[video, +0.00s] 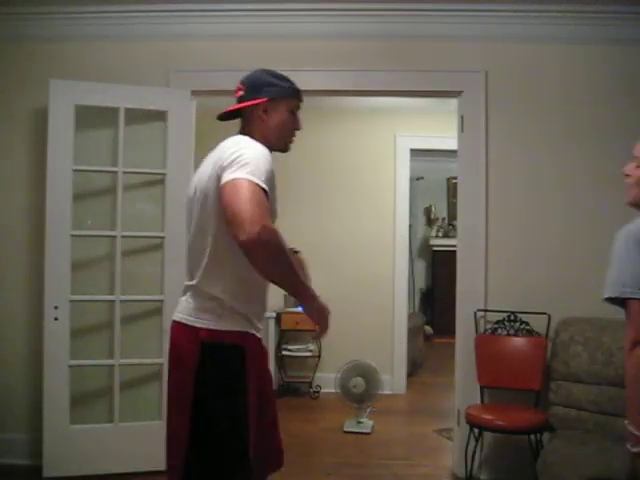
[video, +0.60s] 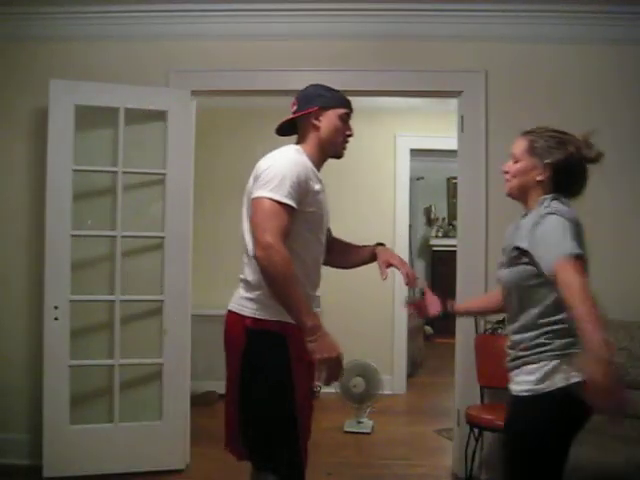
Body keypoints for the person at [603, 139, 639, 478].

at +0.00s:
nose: (627, 169)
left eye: (635, 161)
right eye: (631, 161)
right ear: (630, 172)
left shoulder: (632, 236)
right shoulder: (630, 236)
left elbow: (634, 342)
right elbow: (634, 343)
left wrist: (634, 433)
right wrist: (634, 433)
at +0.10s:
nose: (602, 166)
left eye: (614, 159)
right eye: (607, 157)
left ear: (636, 171)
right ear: (631, 171)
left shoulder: (620, 229)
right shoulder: (623, 228)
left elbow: (633, 326)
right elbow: (631, 323)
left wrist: (632, 406)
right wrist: (630, 403)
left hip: (632, 415)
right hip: (631, 413)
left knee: (618, 472)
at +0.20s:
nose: (579, 162)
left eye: (591, 155)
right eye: (585, 154)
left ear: (618, 172)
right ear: (615, 173)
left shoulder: (610, 222)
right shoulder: (624, 215)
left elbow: (634, 308)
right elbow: (626, 312)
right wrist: (609, 391)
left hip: (624, 404)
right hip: (625, 399)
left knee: (591, 472)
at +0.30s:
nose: (558, 161)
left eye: (570, 154)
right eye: (564, 152)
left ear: (598, 172)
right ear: (592, 173)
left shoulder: (607, 221)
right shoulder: (579, 226)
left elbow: (633, 300)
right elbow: (582, 311)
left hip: (618, 394)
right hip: (597, 390)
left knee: (559, 470)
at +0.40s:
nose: (539, 164)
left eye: (550, 157)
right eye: (544, 156)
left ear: (577, 174)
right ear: (572, 175)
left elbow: (634, 304)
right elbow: (541, 306)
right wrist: (512, 348)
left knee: (558, 471)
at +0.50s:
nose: (520, 165)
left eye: (531, 159)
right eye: (525, 157)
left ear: (557, 175)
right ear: (553, 175)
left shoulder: (572, 227)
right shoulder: (535, 231)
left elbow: (613, 306)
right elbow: (518, 304)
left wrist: (639, 355)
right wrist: (468, 334)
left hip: (573, 395)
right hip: (549, 393)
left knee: (542, 474)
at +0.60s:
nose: (505, 167)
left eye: (515, 160)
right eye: (509, 158)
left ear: (541, 172)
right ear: (536, 172)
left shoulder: (551, 220)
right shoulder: (522, 225)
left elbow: (576, 292)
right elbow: (505, 297)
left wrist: (599, 359)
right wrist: (446, 306)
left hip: (552, 386)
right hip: (530, 385)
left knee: (527, 474)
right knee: (520, 473)